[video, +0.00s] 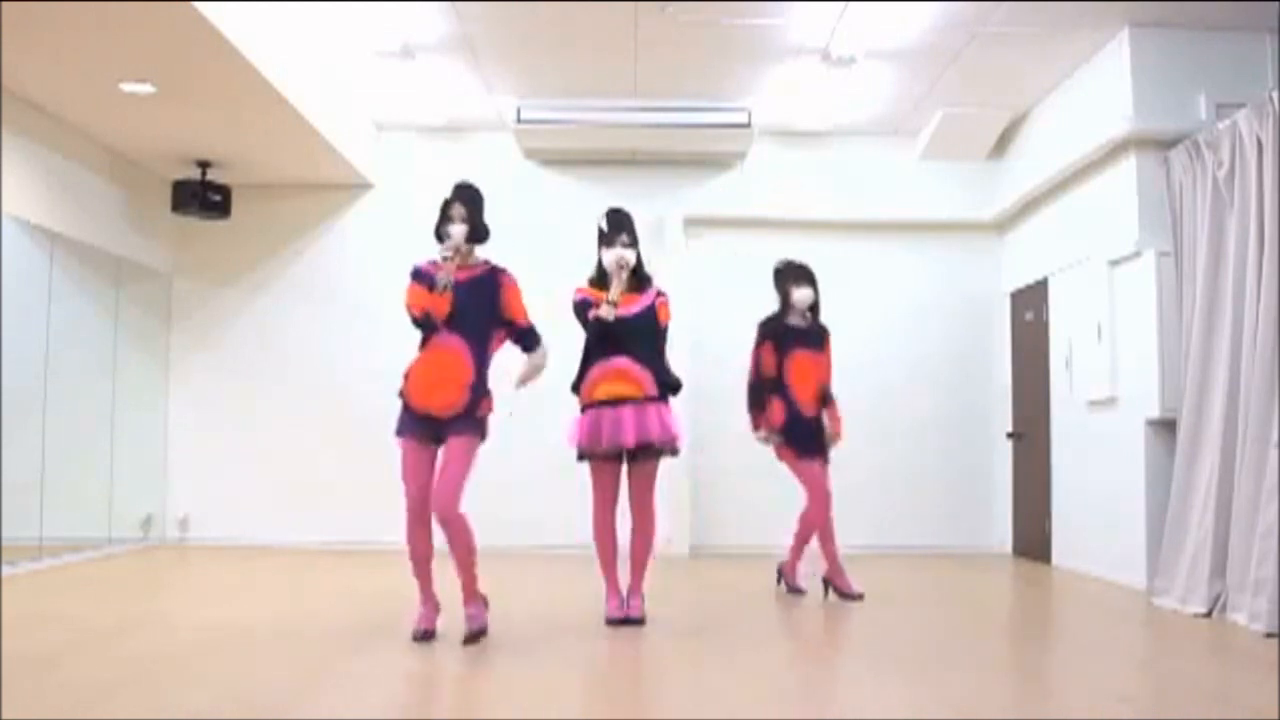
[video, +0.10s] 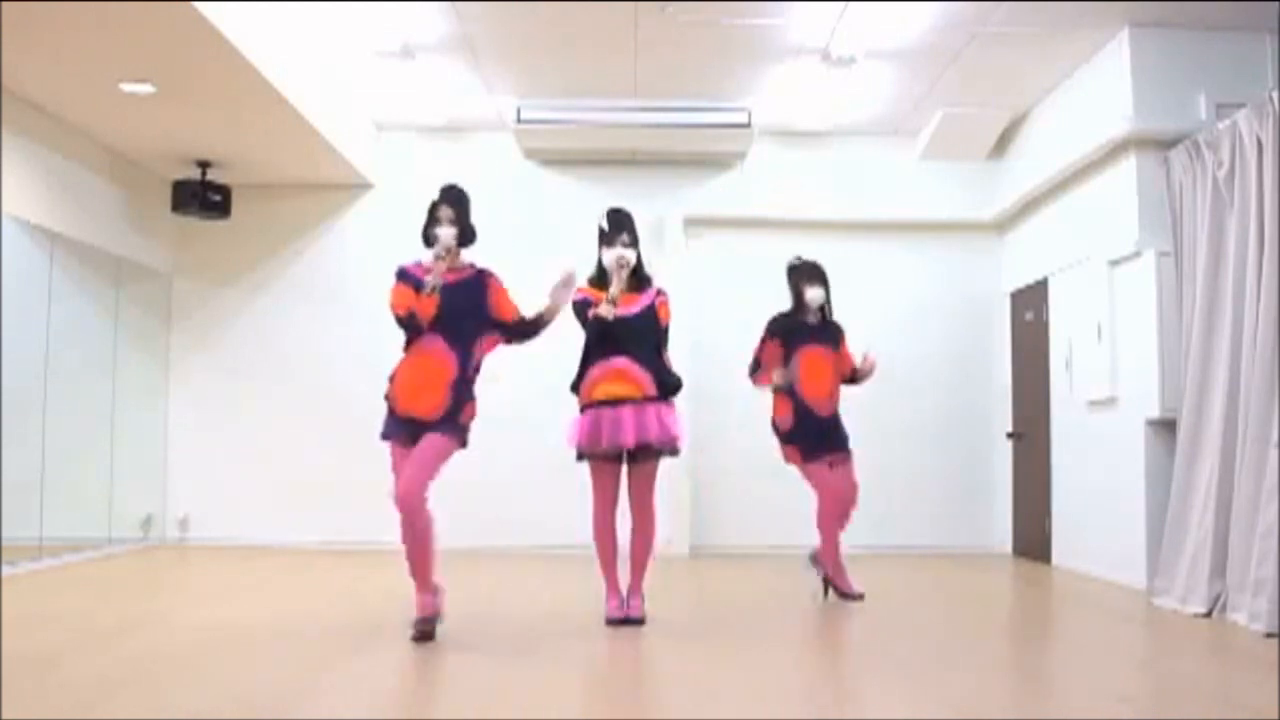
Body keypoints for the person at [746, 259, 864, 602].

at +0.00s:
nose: (805, 293)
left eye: (808, 286)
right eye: (797, 286)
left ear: (815, 290)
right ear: (784, 291)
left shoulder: (820, 333)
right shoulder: (771, 330)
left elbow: (823, 382)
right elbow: (761, 380)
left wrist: (832, 417)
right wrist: (762, 420)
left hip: (814, 421)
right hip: (784, 422)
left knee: (820, 495)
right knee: (818, 491)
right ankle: (833, 569)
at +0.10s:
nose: (815, 292)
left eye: (819, 284)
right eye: (807, 286)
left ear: (826, 288)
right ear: (796, 290)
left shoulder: (832, 330)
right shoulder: (782, 327)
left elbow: (842, 373)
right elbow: (757, 373)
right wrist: (778, 376)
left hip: (828, 419)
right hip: (796, 422)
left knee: (847, 492)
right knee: (830, 491)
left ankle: (825, 553)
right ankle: (834, 566)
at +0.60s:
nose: (817, 287)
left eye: (824, 280)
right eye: (814, 280)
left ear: (842, 283)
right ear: (811, 284)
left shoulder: (852, 320)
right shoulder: (812, 323)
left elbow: (849, 353)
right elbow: (803, 361)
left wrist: (869, 322)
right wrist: (785, 337)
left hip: (842, 414)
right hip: (813, 413)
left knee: (832, 492)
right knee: (827, 495)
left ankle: (843, 577)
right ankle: (842, 576)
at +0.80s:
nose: (806, 284)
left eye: (809, 279)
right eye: (808, 279)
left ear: (814, 280)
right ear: (841, 280)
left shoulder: (808, 316)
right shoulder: (858, 319)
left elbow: (784, 355)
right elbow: (874, 364)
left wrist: (767, 320)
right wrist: (876, 329)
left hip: (822, 410)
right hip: (851, 410)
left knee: (820, 493)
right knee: (827, 493)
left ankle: (847, 576)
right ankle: (849, 573)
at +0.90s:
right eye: (830, 271)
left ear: (801, 281)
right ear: (837, 277)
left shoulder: (794, 319)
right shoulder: (852, 316)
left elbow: (793, 357)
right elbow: (878, 357)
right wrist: (893, 325)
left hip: (808, 415)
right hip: (853, 415)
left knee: (815, 496)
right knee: (846, 496)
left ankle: (823, 577)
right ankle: (843, 576)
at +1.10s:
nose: (845, 281)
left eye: (841, 275)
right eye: (840, 275)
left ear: (815, 281)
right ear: (832, 279)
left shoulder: (816, 313)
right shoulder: (831, 313)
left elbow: (844, 343)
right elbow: (830, 353)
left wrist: (879, 347)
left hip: (807, 413)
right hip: (832, 413)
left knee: (813, 490)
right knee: (840, 491)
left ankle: (773, 564)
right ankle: (824, 575)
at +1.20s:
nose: (850, 287)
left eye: (849, 280)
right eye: (844, 280)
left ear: (825, 282)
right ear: (828, 282)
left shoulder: (834, 321)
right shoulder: (820, 317)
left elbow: (849, 369)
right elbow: (804, 360)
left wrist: (867, 334)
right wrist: (825, 386)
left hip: (820, 417)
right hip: (815, 417)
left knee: (809, 494)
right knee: (833, 491)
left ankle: (777, 566)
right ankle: (818, 573)